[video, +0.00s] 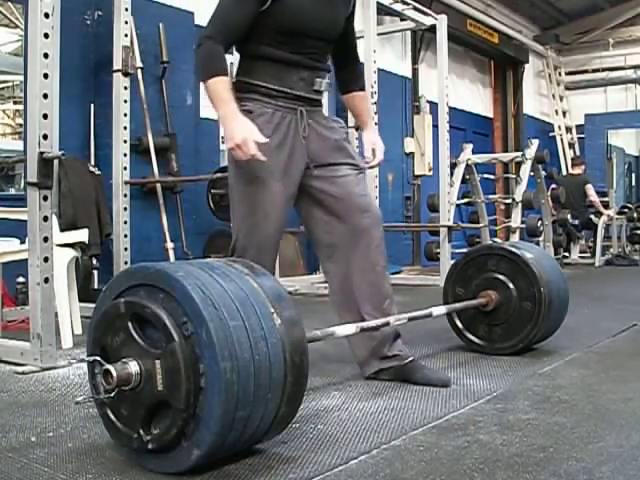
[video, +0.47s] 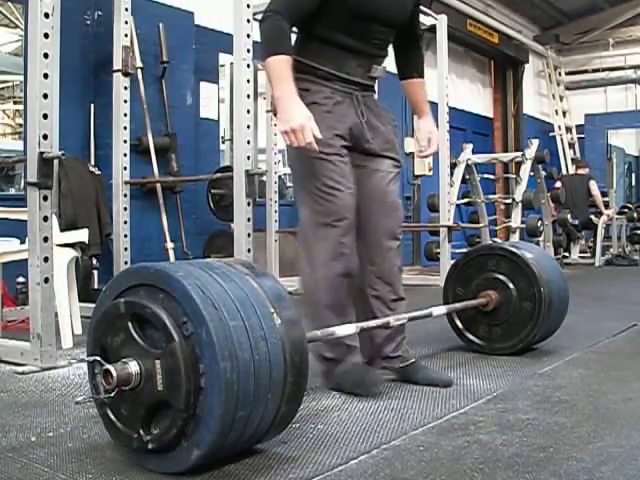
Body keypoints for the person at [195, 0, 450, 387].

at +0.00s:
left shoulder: (343, 4)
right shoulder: (255, 1)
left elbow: (347, 59)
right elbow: (209, 46)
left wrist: (367, 126)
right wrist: (230, 117)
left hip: (318, 120)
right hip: (263, 114)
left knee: (360, 223)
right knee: (256, 250)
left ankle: (383, 354)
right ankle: (241, 373)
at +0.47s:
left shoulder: (408, 5)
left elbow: (408, 40)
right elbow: (274, 20)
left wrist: (424, 114)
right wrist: (286, 102)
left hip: (367, 96)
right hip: (315, 88)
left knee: (383, 219)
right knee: (333, 214)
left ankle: (387, 350)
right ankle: (336, 358)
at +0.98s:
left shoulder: (426, 7)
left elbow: (420, 50)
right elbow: (312, 11)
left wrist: (435, 112)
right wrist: (337, 96)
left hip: (387, 93)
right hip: (337, 84)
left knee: (402, 220)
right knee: (358, 220)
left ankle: (394, 351)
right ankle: (355, 364)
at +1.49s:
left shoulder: (428, 6)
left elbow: (427, 42)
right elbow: (310, 20)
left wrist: (446, 111)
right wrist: (336, 111)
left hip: (383, 95)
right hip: (334, 87)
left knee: (395, 221)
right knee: (352, 224)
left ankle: (388, 350)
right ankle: (351, 363)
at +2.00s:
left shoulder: (436, 5)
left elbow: (454, 53)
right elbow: (306, 9)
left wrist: (492, 108)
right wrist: (337, 82)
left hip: (386, 94)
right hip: (335, 85)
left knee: (398, 221)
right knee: (352, 222)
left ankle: (391, 350)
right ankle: (350, 363)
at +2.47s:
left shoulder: (439, 2)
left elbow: (459, 34)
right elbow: (333, 2)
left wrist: (512, 90)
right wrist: (389, 37)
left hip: (404, 90)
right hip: (354, 82)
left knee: (407, 225)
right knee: (361, 224)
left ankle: (394, 354)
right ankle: (355, 364)